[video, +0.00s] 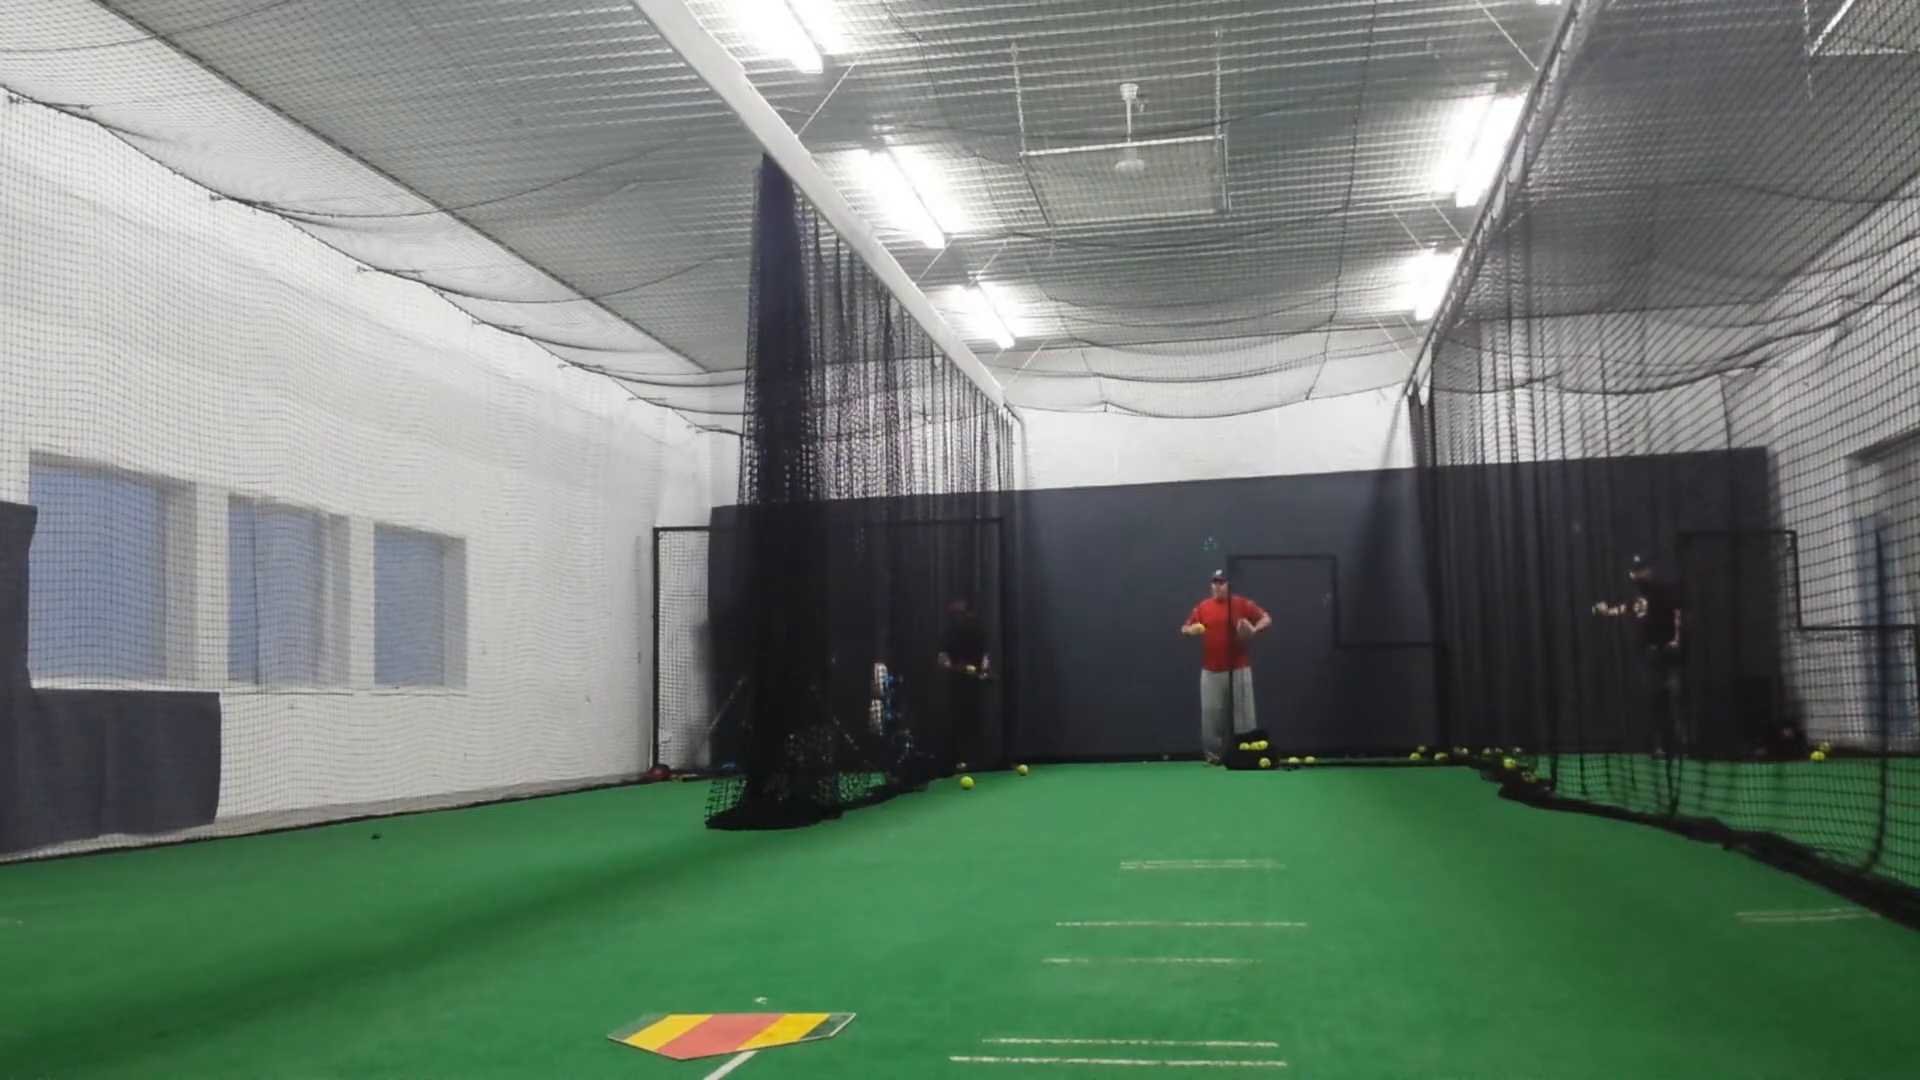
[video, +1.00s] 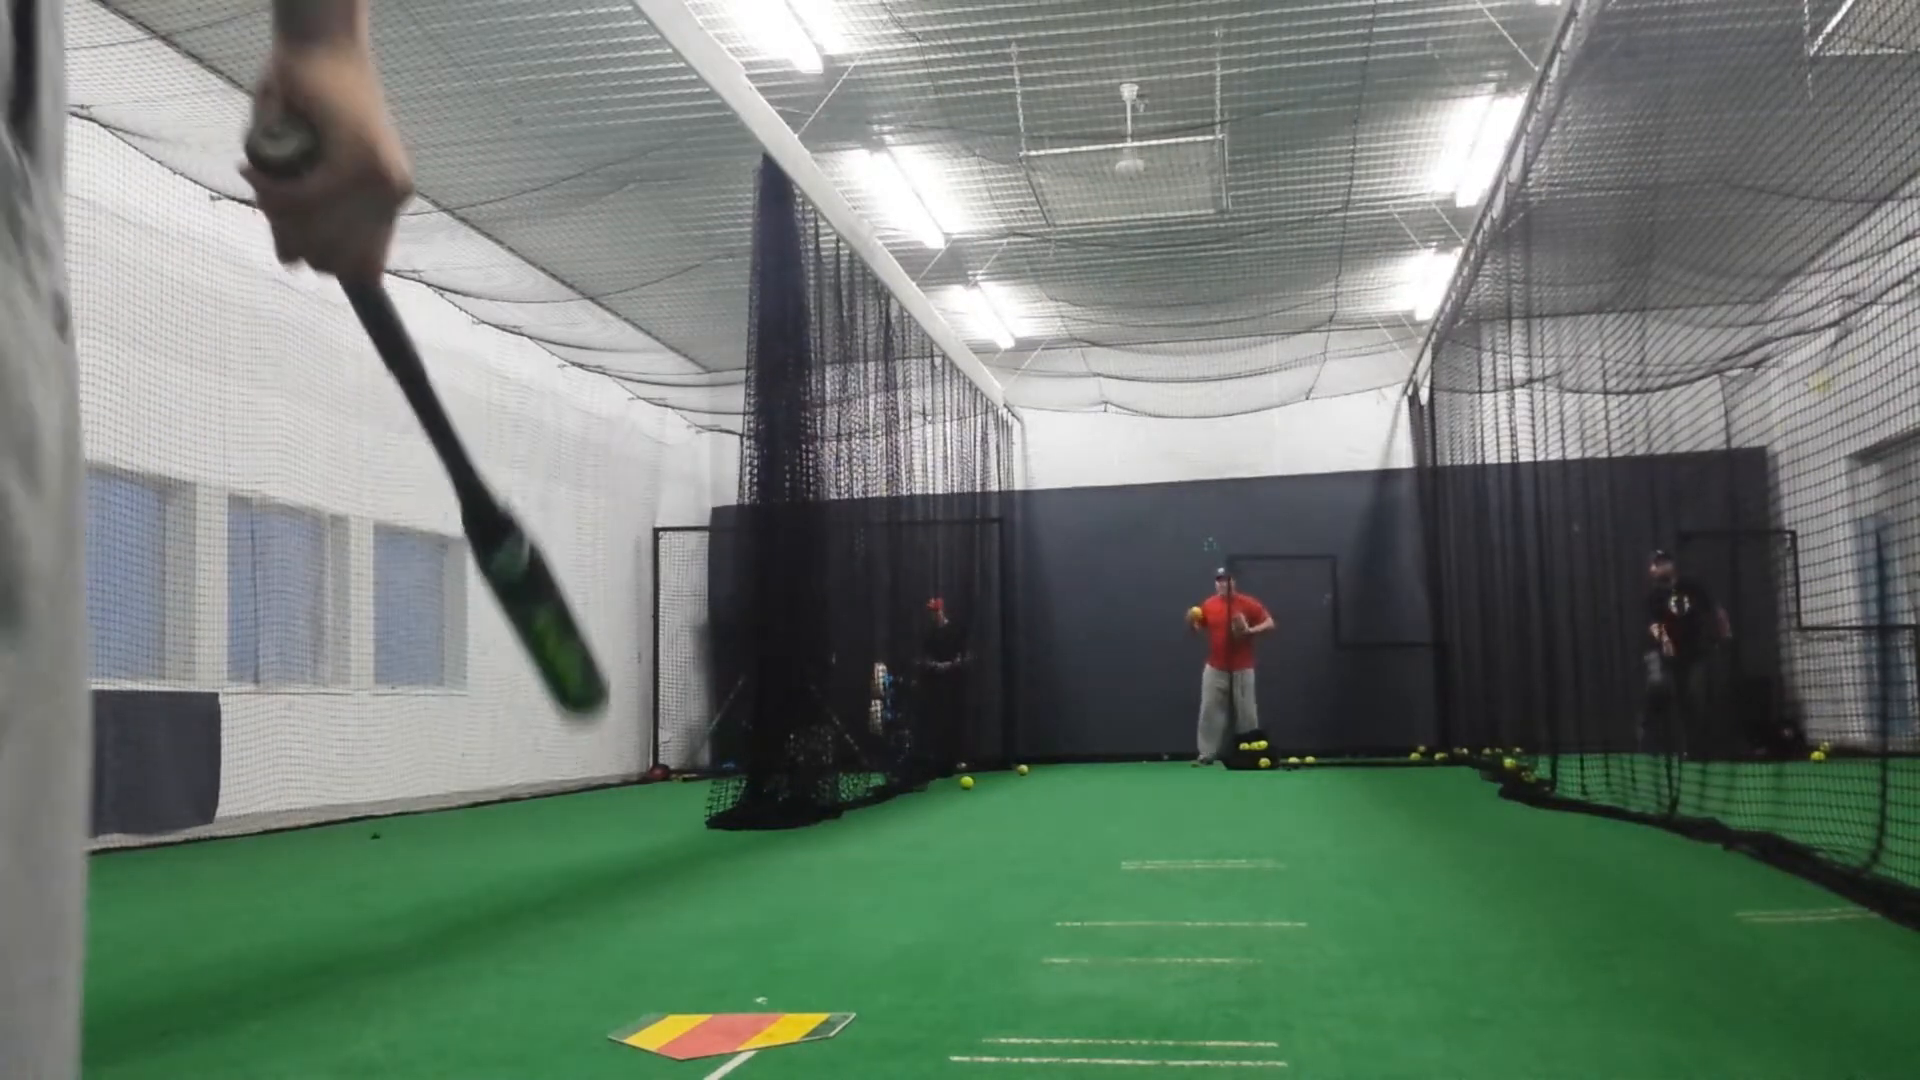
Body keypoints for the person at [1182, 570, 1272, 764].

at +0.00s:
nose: (1218, 587)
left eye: (1221, 583)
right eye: (1215, 583)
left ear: (1228, 585)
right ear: (1211, 586)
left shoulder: (1241, 604)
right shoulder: (1203, 607)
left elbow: (1266, 618)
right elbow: (1185, 628)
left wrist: (1254, 629)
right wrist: (1192, 629)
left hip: (1239, 667)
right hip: (1213, 668)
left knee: (1244, 709)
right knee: (1212, 711)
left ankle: (1246, 751)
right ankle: (1213, 752)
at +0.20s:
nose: (1226, 586)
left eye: (1230, 582)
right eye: (1223, 582)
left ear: (1237, 584)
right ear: (1219, 585)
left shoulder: (1250, 605)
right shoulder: (1212, 606)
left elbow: (1271, 624)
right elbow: (1201, 626)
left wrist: (1256, 628)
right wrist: (1196, 628)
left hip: (1242, 666)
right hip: (1216, 666)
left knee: (1243, 708)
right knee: (1214, 709)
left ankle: (1247, 752)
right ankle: (1215, 752)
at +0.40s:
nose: (1229, 588)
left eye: (1233, 584)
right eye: (1226, 584)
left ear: (1241, 585)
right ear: (1223, 586)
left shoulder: (1254, 607)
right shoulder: (1217, 607)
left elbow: (1272, 630)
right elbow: (1206, 629)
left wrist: (1258, 631)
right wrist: (1201, 628)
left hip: (1246, 668)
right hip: (1219, 668)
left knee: (1250, 711)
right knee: (1213, 708)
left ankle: (1251, 751)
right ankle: (1213, 752)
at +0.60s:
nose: (1228, 585)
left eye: (1231, 580)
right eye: (1225, 581)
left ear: (1240, 582)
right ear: (1221, 584)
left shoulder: (1255, 601)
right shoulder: (1217, 604)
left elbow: (1280, 616)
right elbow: (1205, 634)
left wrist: (1260, 626)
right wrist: (1202, 626)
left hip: (1246, 666)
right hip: (1220, 664)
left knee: (1247, 708)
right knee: (1207, 704)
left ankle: (1249, 750)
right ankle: (1203, 748)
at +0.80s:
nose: (1228, 587)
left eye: (1232, 582)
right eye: (1225, 583)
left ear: (1240, 584)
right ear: (1221, 586)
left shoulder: (1252, 605)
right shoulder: (1216, 606)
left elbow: (1272, 628)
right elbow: (1210, 633)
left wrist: (1252, 631)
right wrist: (1202, 630)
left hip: (1246, 668)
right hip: (1220, 667)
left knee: (1248, 711)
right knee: (1213, 710)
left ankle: (1250, 755)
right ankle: (1207, 754)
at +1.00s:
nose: (1222, 584)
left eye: (1225, 580)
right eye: (1219, 580)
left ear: (1233, 582)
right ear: (1215, 584)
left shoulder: (1248, 603)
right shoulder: (1209, 605)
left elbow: (1269, 623)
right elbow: (1198, 629)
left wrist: (1249, 630)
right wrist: (1192, 621)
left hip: (1242, 666)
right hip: (1216, 666)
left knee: (1246, 709)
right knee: (1209, 709)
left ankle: (1250, 752)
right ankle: (1207, 753)